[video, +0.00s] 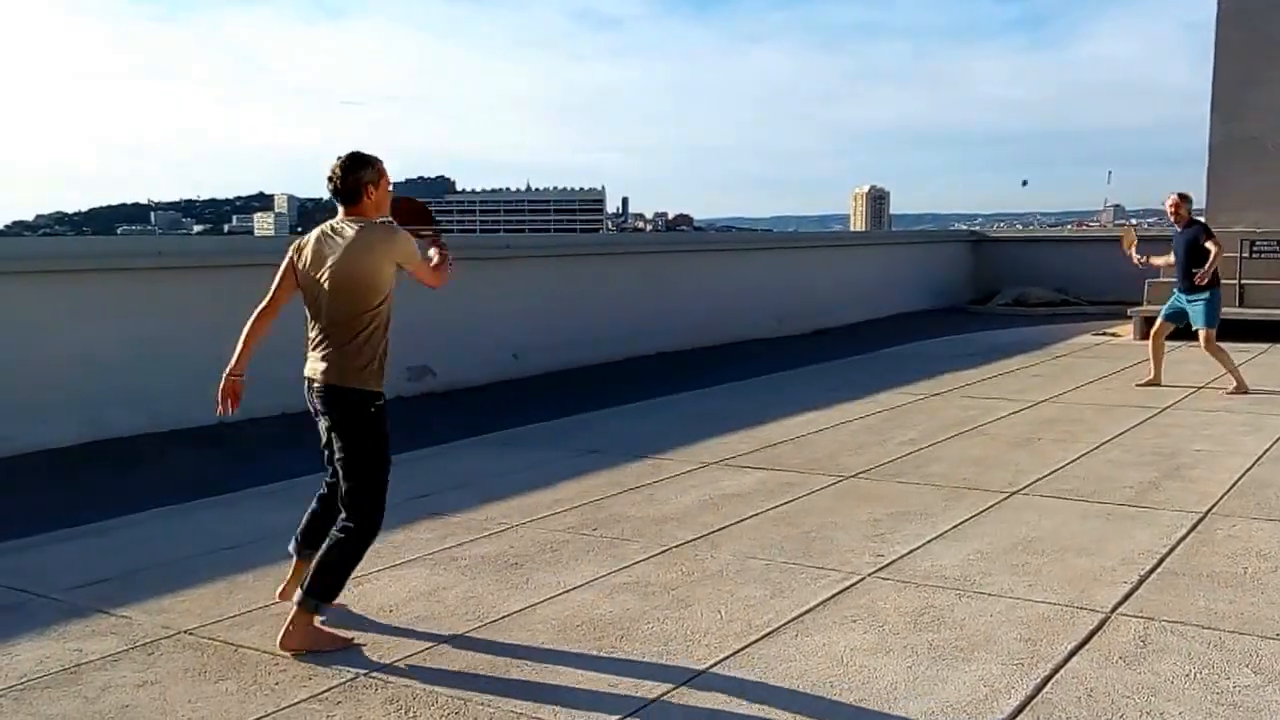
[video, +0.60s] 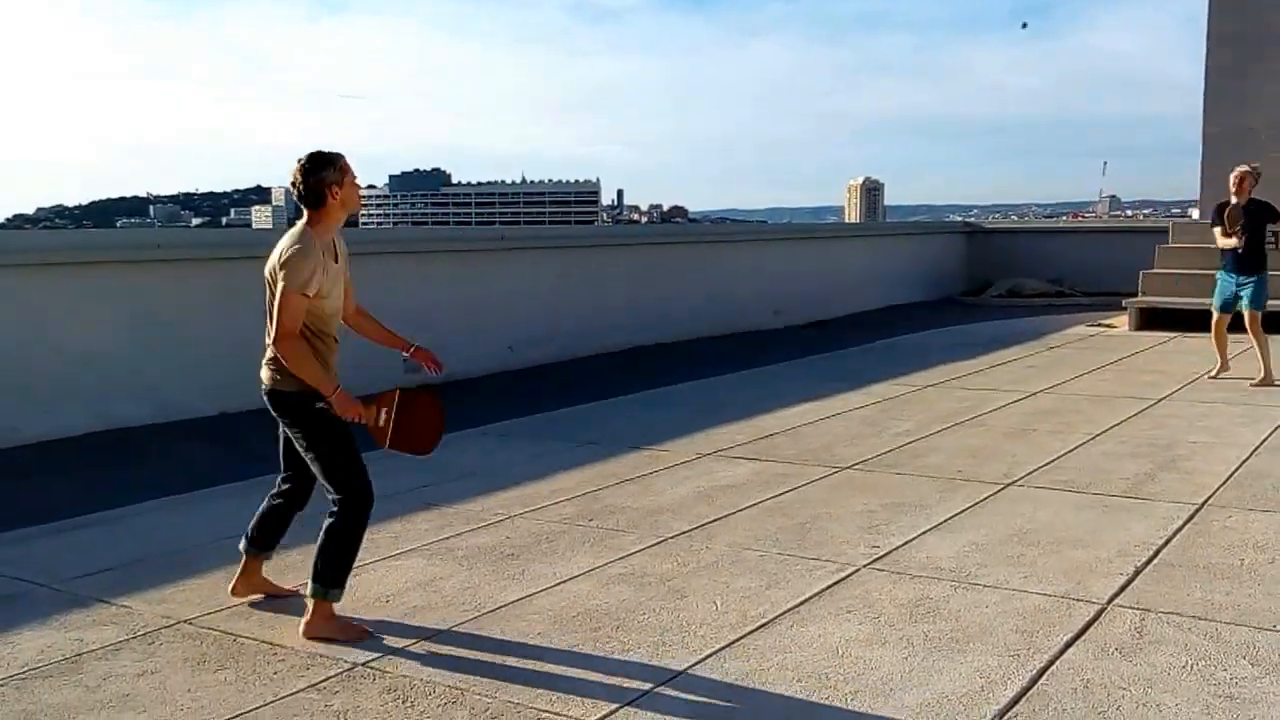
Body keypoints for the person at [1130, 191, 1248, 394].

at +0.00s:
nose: (1173, 212)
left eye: (1177, 208)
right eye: (1170, 208)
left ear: (1187, 208)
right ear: (1167, 211)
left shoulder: (1199, 228)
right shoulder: (1177, 234)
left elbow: (1216, 249)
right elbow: (1172, 260)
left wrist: (1207, 270)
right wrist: (1146, 260)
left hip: (1204, 295)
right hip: (1181, 294)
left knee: (1207, 343)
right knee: (1156, 334)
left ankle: (1240, 382)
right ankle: (1155, 377)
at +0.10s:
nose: (1182, 212)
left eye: (1186, 208)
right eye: (1179, 209)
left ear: (1197, 208)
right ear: (1177, 211)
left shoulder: (1211, 228)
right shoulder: (1189, 235)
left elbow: (1233, 249)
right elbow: (1181, 262)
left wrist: (1224, 269)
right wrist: (1154, 259)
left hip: (1218, 295)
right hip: (1195, 295)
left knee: (1211, 342)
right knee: (1168, 333)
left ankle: (1241, 382)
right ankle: (1156, 375)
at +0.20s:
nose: (1193, 208)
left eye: (1197, 203)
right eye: (1191, 204)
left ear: (1210, 204)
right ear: (1190, 207)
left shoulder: (1227, 224)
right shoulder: (1200, 232)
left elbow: (1250, 244)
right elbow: (1187, 259)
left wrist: (1246, 266)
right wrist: (1161, 257)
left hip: (1231, 290)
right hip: (1209, 289)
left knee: (1219, 338)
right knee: (1182, 330)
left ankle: (1241, 381)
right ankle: (1163, 373)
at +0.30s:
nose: (1204, 199)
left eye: (1208, 194)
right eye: (1203, 195)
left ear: (1222, 195)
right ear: (1204, 198)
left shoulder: (1240, 216)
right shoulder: (1206, 223)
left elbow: (1261, 239)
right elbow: (1190, 250)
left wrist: (1259, 259)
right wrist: (1162, 246)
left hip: (1240, 282)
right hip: (1217, 281)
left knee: (1225, 331)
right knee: (1196, 324)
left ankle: (1241, 379)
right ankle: (1190, 370)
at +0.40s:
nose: (1214, 186)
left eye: (1219, 182)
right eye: (1213, 182)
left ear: (1232, 184)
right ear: (1214, 185)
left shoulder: (1249, 205)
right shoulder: (1212, 207)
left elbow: (1272, 226)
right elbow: (1200, 235)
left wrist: (1271, 241)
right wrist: (1180, 235)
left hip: (1245, 272)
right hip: (1221, 271)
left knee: (1237, 323)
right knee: (1208, 320)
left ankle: (1242, 376)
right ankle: (1214, 363)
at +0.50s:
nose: (1231, 176)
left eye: (1237, 173)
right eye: (1230, 172)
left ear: (1246, 179)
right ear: (1226, 176)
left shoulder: (1256, 201)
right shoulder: (1217, 203)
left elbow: (1277, 219)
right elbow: (1216, 237)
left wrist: (1276, 238)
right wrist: (1209, 228)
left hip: (1250, 268)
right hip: (1224, 266)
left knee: (1246, 319)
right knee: (1216, 317)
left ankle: (1256, 370)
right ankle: (1222, 359)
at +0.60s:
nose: (1238, 183)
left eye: (1243, 180)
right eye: (1236, 178)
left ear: (1252, 185)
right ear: (1230, 182)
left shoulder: (1261, 208)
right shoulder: (1221, 209)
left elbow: (1279, 221)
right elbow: (1219, 241)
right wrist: (1234, 242)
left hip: (1254, 274)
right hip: (1228, 273)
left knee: (1252, 323)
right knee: (1217, 321)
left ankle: (1267, 373)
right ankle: (1222, 362)